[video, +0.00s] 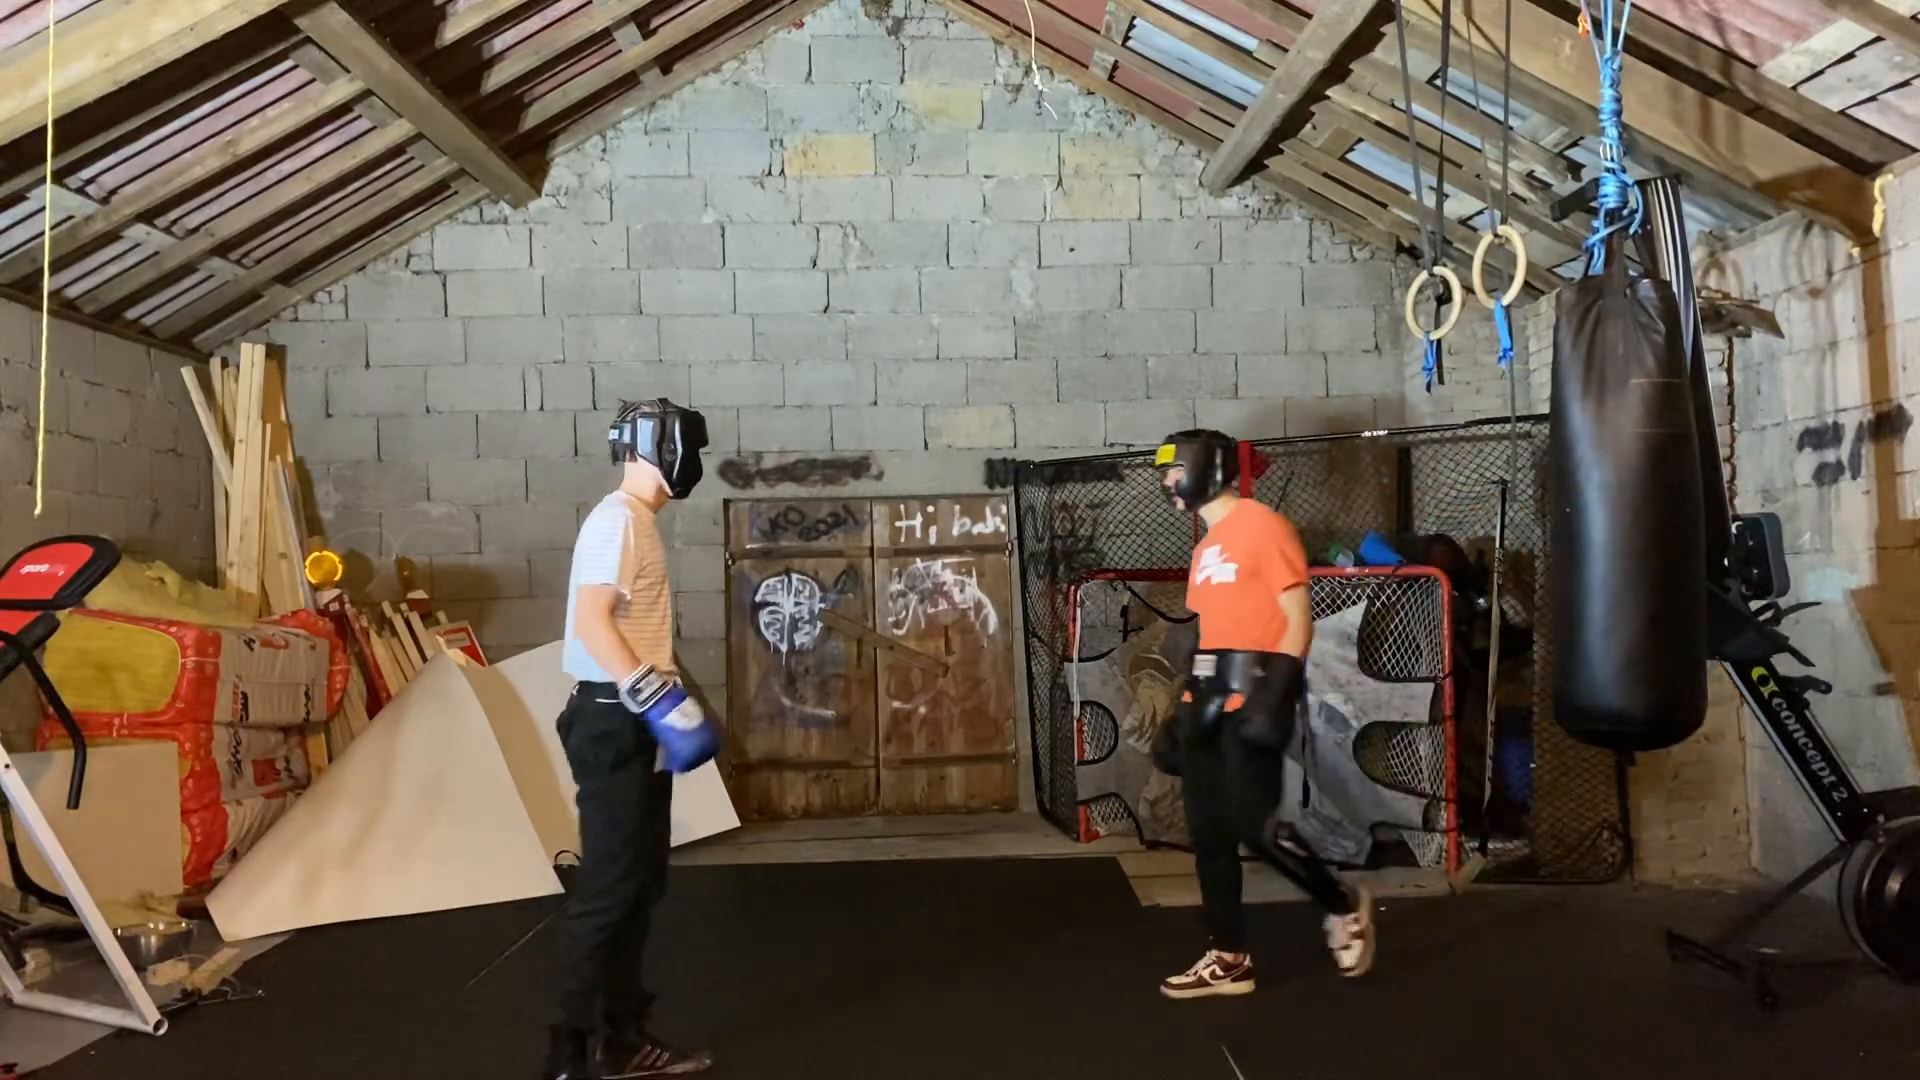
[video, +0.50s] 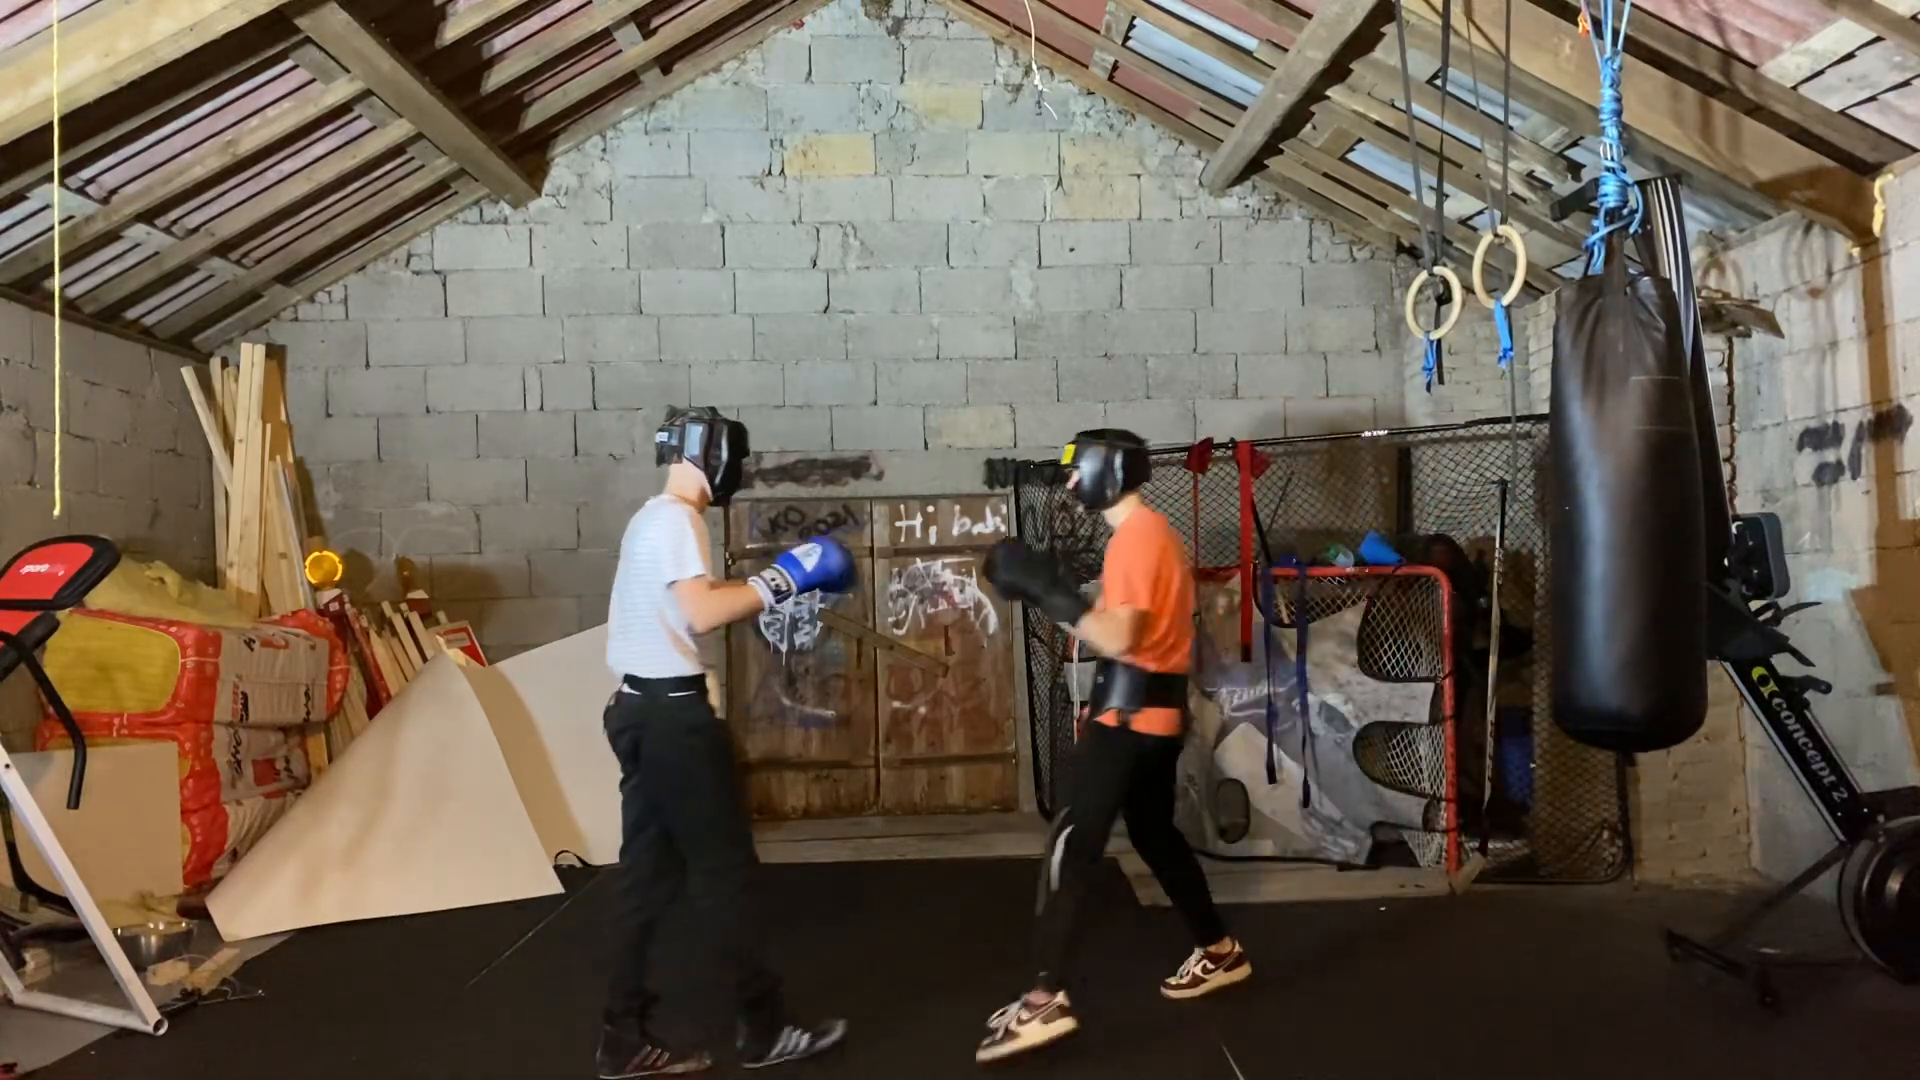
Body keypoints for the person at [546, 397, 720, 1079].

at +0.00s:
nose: (694, 466)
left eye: (693, 452)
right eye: (686, 452)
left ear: (643, 450)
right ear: (654, 450)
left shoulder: (637, 522)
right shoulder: (616, 520)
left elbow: (628, 622)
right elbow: (592, 617)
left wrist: (672, 702)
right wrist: (660, 698)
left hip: (635, 714)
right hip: (609, 715)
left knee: (640, 879)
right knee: (611, 883)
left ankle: (623, 1042)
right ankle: (571, 1055)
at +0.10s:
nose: (693, 467)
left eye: (691, 452)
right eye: (688, 452)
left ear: (640, 449)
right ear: (665, 451)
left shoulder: (644, 522)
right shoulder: (622, 519)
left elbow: (635, 620)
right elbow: (606, 613)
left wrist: (690, 676)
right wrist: (688, 658)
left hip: (640, 709)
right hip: (620, 711)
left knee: (643, 877)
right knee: (633, 879)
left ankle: (624, 1043)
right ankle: (582, 1056)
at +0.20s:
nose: (700, 468)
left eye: (699, 454)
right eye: (694, 453)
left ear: (646, 448)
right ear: (666, 449)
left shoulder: (643, 520)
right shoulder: (630, 519)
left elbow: (655, 627)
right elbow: (631, 618)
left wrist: (731, 633)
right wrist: (724, 624)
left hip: (632, 708)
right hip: (631, 713)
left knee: (630, 872)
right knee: (668, 871)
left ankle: (625, 1038)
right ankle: (607, 1048)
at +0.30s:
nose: (709, 473)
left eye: (708, 459)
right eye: (704, 458)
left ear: (655, 450)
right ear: (679, 452)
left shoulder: (638, 518)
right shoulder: (642, 518)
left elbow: (670, 613)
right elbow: (657, 610)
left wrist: (749, 604)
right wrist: (746, 595)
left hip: (628, 707)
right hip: (645, 711)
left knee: (633, 873)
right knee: (697, 870)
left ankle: (623, 1039)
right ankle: (652, 1045)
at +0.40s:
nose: (716, 477)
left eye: (716, 463)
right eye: (712, 462)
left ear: (662, 452)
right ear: (691, 455)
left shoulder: (638, 518)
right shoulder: (657, 519)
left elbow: (677, 610)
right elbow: (677, 609)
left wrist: (754, 592)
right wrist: (765, 582)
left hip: (628, 708)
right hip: (658, 711)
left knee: (641, 874)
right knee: (713, 868)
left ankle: (624, 1043)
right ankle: (710, 1045)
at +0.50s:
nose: (731, 480)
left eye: (732, 466)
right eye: (728, 466)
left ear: (677, 457)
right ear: (707, 459)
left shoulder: (649, 520)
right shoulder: (676, 520)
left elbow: (686, 613)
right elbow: (698, 609)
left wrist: (758, 596)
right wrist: (783, 578)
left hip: (638, 710)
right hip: (674, 714)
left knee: (647, 875)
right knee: (729, 869)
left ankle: (623, 1043)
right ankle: (761, 1027)